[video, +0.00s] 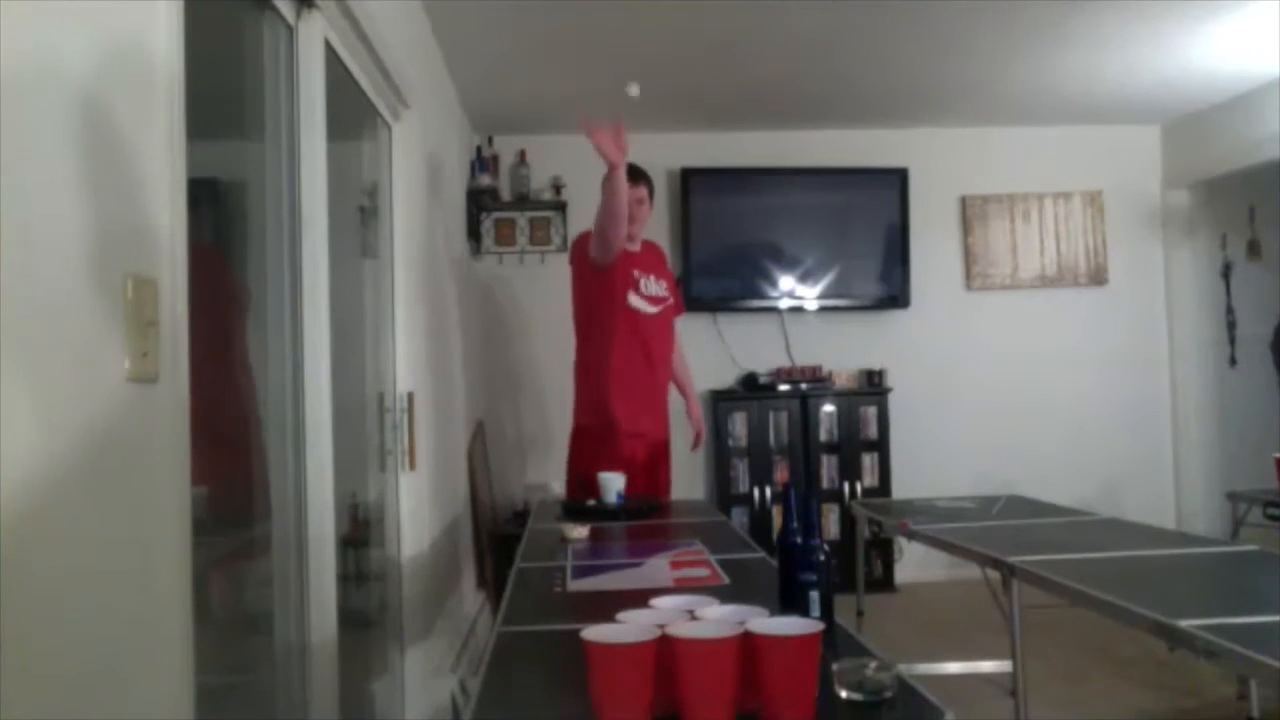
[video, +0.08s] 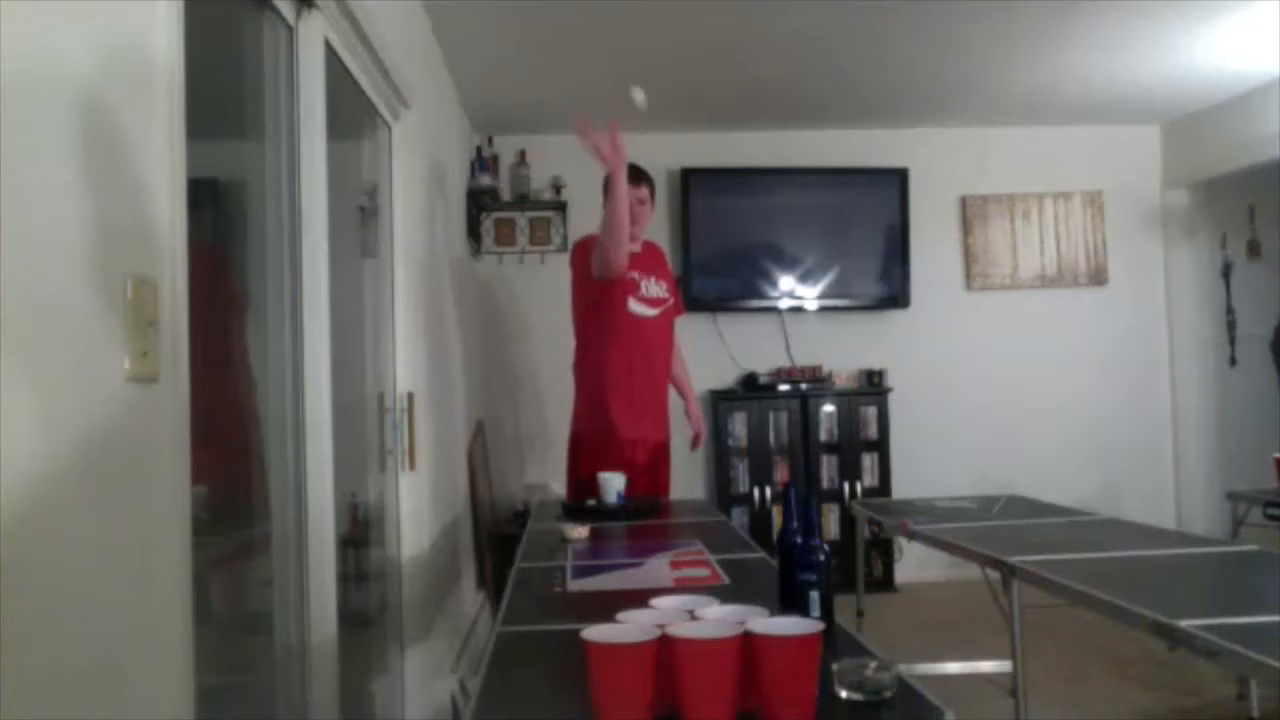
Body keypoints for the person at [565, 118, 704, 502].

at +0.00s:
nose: (633, 211)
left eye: (641, 202)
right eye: (625, 203)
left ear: (651, 209)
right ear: (609, 207)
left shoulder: (656, 259)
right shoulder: (590, 252)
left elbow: (668, 339)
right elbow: (609, 241)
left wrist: (690, 399)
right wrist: (617, 169)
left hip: (651, 428)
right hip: (603, 428)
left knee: (652, 543)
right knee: (599, 544)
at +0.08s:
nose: (635, 211)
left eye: (642, 202)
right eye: (625, 202)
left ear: (652, 208)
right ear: (609, 207)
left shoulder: (656, 259)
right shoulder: (588, 252)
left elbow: (666, 339)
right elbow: (614, 264)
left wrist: (689, 400)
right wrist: (618, 170)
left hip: (651, 429)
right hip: (602, 429)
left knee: (650, 544)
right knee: (600, 546)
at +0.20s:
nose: (636, 213)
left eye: (644, 203)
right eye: (625, 203)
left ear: (655, 208)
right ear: (609, 209)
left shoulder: (657, 259)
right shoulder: (593, 259)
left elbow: (665, 342)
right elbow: (599, 333)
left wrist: (687, 404)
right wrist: (621, 254)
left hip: (651, 430)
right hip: (602, 432)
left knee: (650, 541)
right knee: (597, 542)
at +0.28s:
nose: (637, 214)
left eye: (646, 205)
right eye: (627, 204)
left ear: (656, 210)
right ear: (611, 210)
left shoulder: (659, 261)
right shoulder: (593, 263)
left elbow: (666, 347)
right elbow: (581, 350)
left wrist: (685, 404)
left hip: (651, 429)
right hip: (602, 430)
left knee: (650, 539)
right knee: (596, 540)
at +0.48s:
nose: (640, 219)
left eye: (648, 209)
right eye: (630, 209)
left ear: (658, 214)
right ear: (614, 214)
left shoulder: (663, 263)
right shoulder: (590, 268)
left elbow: (668, 344)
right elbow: (551, 343)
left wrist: (683, 405)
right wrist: (602, 391)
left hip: (654, 438)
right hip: (602, 441)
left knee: (651, 543)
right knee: (600, 547)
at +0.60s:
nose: (639, 225)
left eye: (648, 216)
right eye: (629, 215)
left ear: (658, 219)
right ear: (614, 218)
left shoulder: (666, 266)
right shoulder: (590, 269)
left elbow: (674, 345)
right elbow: (536, 336)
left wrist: (683, 412)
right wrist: (593, 394)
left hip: (656, 439)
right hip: (599, 442)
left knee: (651, 546)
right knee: (600, 546)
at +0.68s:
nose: (639, 230)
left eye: (647, 221)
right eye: (629, 220)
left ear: (658, 223)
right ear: (614, 221)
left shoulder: (668, 269)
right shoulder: (590, 272)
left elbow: (677, 347)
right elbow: (536, 336)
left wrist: (685, 417)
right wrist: (587, 400)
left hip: (656, 442)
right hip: (600, 444)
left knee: (652, 546)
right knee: (600, 546)